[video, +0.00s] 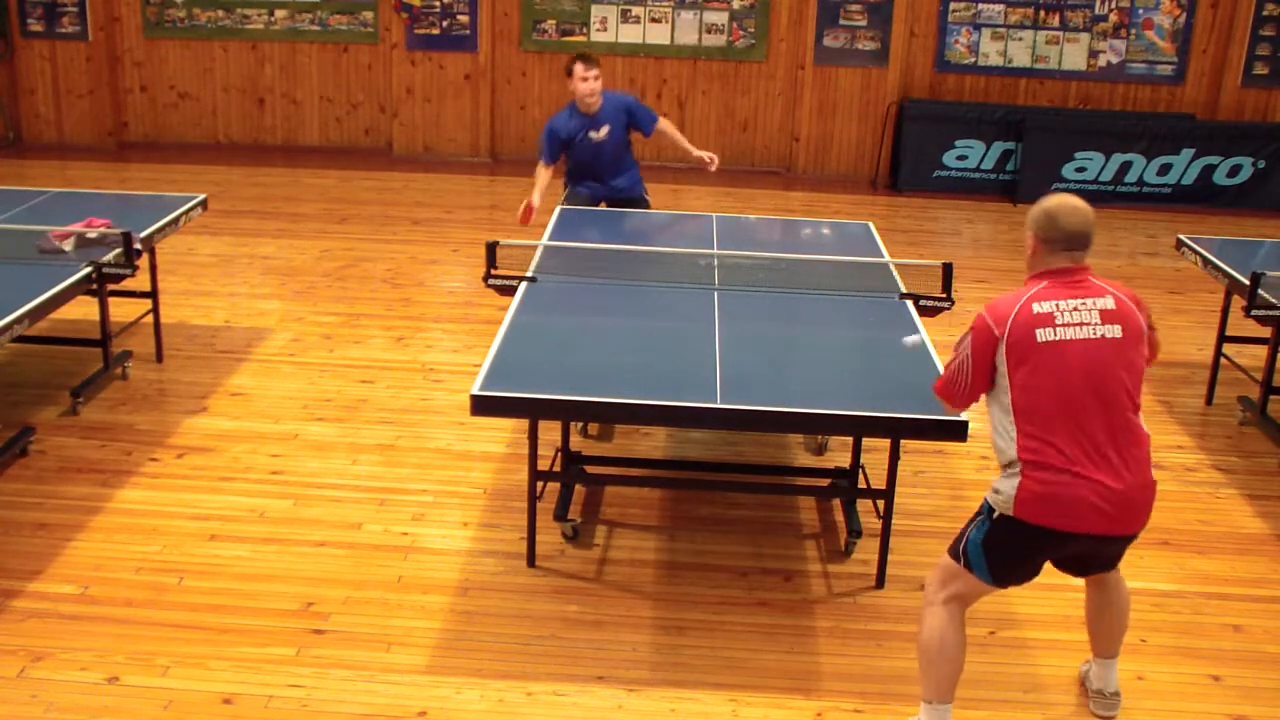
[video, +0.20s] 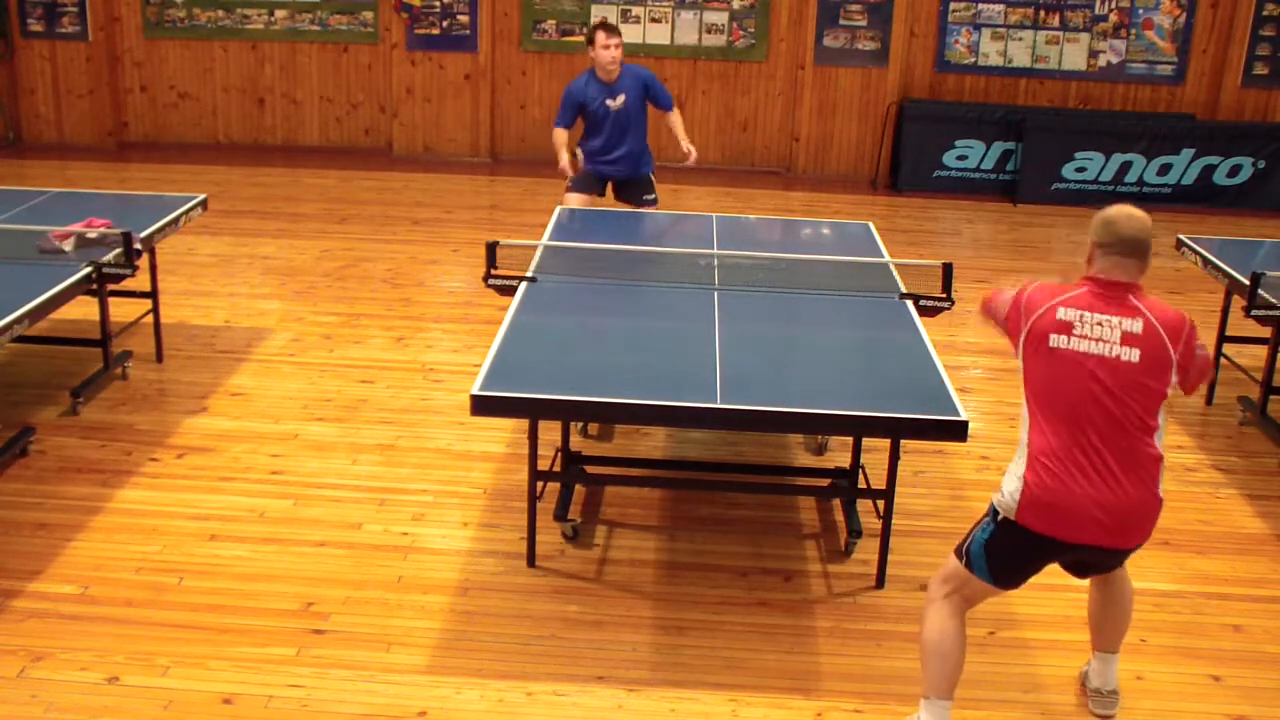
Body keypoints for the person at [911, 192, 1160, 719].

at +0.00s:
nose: (1024, 242)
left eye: (1026, 234)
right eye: (1028, 233)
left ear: (1034, 242)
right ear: (1089, 246)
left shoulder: (1003, 314)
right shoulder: (1129, 307)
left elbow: (953, 393)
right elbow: (1148, 353)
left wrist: (962, 357)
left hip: (1036, 508)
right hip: (1124, 509)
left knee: (945, 593)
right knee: (1103, 569)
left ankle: (934, 713)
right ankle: (1106, 682)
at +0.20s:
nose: (1086, 251)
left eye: (1088, 244)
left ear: (1091, 251)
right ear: (1148, 259)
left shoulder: (1041, 305)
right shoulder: (1173, 327)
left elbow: (990, 301)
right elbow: (1197, 376)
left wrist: (1050, 319)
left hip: (1039, 510)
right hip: (1125, 519)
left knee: (948, 592)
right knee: (1109, 567)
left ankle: (932, 713)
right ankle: (1104, 682)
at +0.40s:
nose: (1101, 242)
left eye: (1105, 237)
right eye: (1105, 236)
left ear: (1111, 248)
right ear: (1168, 260)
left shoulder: (1069, 307)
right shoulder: (1192, 339)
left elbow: (957, 303)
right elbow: (1245, 426)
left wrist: (895, 264)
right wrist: (1254, 456)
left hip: (1046, 502)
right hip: (1127, 518)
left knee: (948, 591)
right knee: (1102, 561)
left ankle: (927, 715)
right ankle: (1099, 680)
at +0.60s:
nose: (1070, 243)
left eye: (1073, 237)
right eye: (1074, 234)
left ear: (1082, 248)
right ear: (1139, 255)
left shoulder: (1044, 321)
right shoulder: (1172, 338)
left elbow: (956, 385)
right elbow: (1210, 434)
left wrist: (899, 364)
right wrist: (1216, 494)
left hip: (1034, 514)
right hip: (1118, 521)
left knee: (959, 635)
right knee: (1101, 576)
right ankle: (1101, 679)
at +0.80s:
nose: (1014, 240)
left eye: (1017, 232)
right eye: (1016, 230)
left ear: (1027, 246)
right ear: (1085, 248)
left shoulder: (1013, 331)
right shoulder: (1127, 319)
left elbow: (952, 433)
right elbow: (1153, 393)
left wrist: (901, 433)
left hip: (1046, 530)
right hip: (1128, 526)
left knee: (949, 649)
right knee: (1094, 611)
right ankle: (1142, 716)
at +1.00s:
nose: (977, 295)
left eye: (980, 287)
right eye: (980, 285)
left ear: (996, 303)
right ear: (1050, 294)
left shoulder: (1028, 387)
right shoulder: (1080, 340)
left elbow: (1012, 504)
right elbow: (1040, 373)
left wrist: (925, 546)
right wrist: (991, 383)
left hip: (1066, 573)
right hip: (1124, 551)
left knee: (927, 660)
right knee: (1095, 639)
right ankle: (1146, 718)